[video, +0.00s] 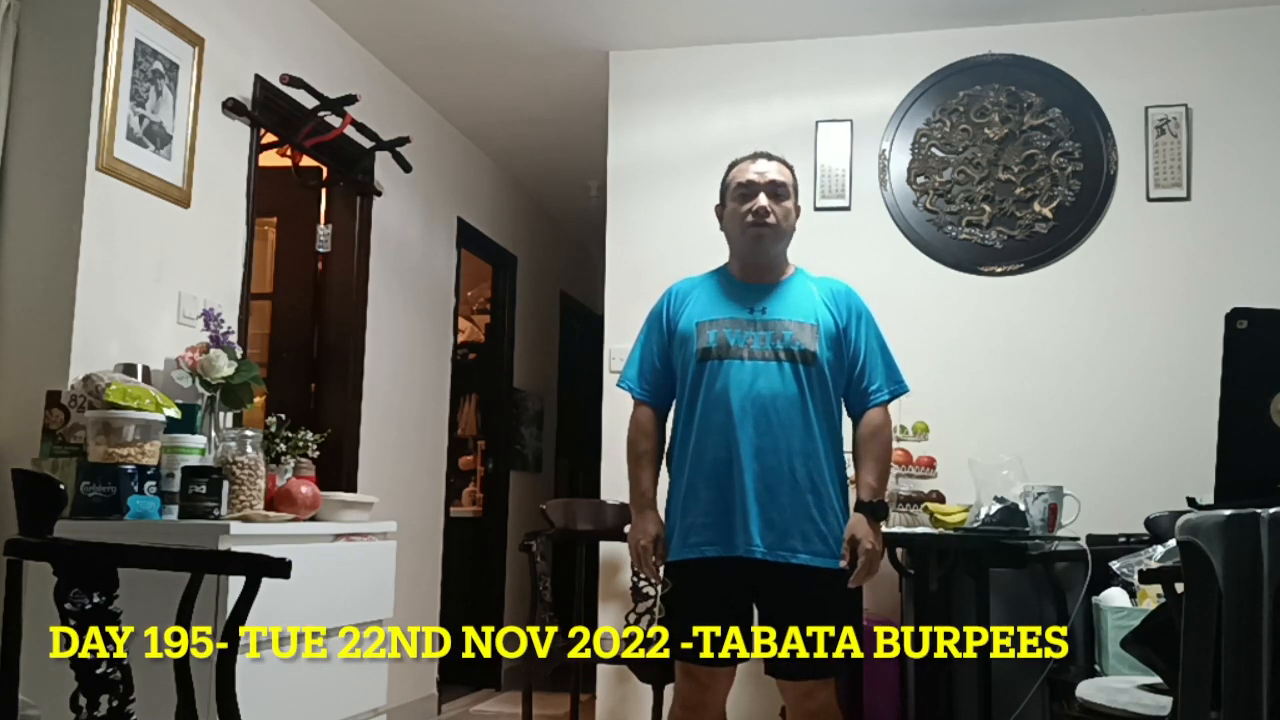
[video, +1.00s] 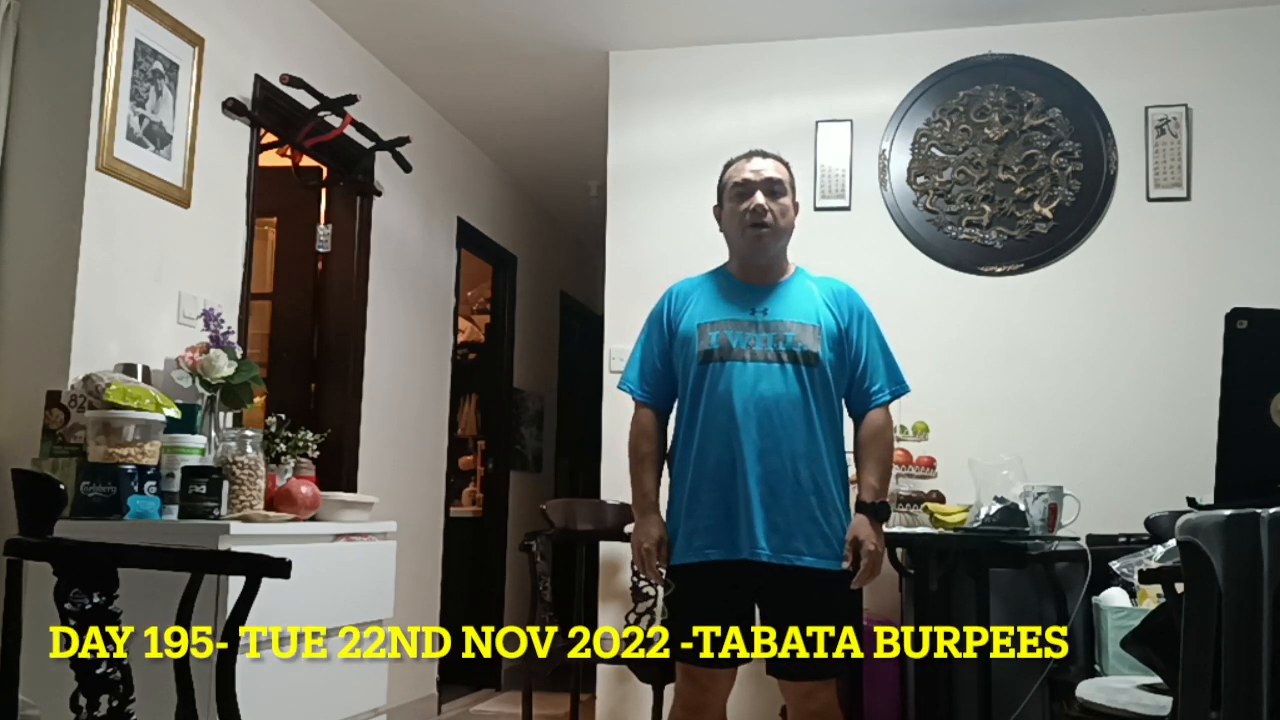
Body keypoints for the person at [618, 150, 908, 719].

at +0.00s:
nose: (761, 200)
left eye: (777, 192)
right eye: (744, 192)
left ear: (796, 216)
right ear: (721, 215)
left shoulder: (838, 303)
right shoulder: (681, 302)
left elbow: (874, 411)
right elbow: (646, 410)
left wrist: (869, 511)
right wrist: (642, 509)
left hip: (809, 544)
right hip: (704, 540)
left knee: (814, 700)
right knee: (698, 694)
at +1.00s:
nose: (758, 200)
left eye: (774, 190)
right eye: (742, 191)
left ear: (795, 213)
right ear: (719, 216)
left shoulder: (839, 304)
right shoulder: (682, 302)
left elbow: (875, 411)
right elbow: (647, 412)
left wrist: (870, 511)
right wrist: (645, 513)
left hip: (811, 545)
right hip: (706, 542)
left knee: (815, 701)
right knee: (699, 696)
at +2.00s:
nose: (714, 195)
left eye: (730, 186)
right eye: (697, 186)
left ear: (749, 209)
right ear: (673, 209)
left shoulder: (794, 296)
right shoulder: (635, 304)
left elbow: (832, 401)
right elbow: (600, 416)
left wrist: (825, 498)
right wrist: (592, 516)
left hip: (779, 537)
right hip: (672, 541)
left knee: (807, 690)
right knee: (678, 691)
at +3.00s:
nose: (990, 190)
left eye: (1004, 174)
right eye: (973, 163)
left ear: (1011, 184)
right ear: (914, 158)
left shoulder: (1000, 297)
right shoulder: (806, 235)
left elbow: (1079, 386)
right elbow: (736, 341)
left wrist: (1155, 461)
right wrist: (713, 456)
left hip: (890, 572)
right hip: (769, 537)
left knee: (873, 714)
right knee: (727, 702)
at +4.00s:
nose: (875, 159)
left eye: (884, 144)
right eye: (853, 138)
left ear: (891, 158)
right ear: (794, 148)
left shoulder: (910, 278)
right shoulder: (714, 254)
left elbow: (948, 411)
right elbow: (662, 380)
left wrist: (955, 529)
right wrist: (654, 501)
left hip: (851, 559)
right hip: (724, 544)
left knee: (855, 713)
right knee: (693, 706)